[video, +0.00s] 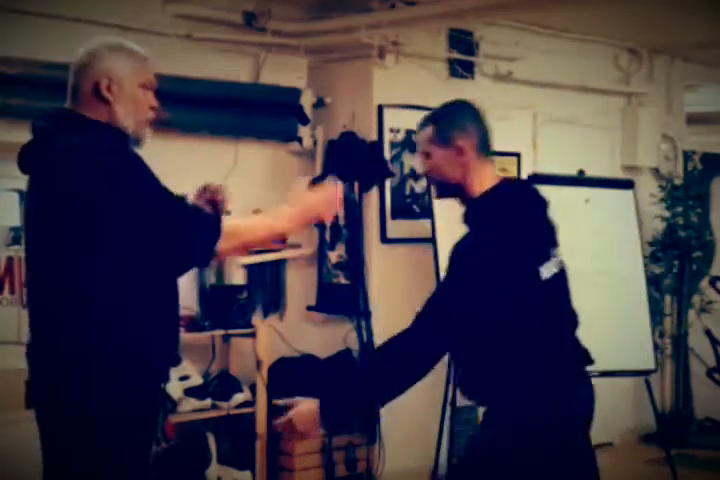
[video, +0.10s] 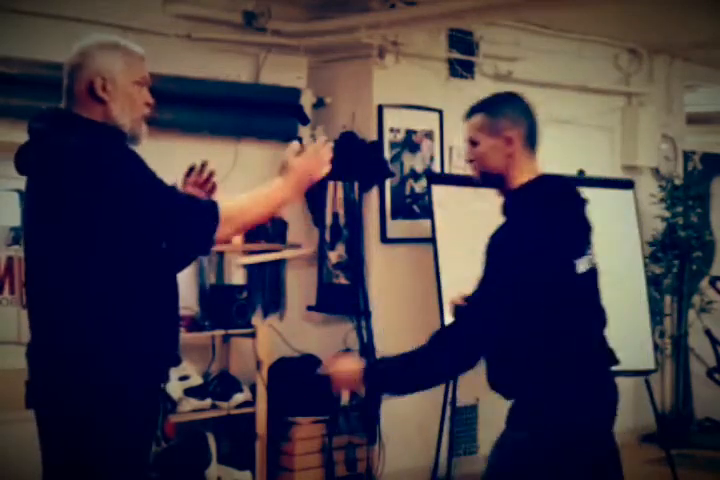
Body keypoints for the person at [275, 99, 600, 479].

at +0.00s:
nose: (422, 169)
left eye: (427, 154)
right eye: (420, 156)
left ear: (462, 148)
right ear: (464, 150)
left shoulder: (490, 235)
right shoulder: (521, 203)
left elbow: (425, 340)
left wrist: (332, 407)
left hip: (525, 408)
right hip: (561, 392)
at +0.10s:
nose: (469, 156)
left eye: (475, 143)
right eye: (469, 145)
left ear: (510, 140)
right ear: (512, 140)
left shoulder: (521, 230)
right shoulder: (562, 202)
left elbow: (465, 343)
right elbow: (550, 302)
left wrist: (370, 375)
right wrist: (486, 308)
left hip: (548, 407)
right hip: (587, 392)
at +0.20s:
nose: (502, 147)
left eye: (509, 134)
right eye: (503, 135)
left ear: (546, 135)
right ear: (545, 136)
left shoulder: (558, 206)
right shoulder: (586, 195)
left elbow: (532, 335)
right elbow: (551, 304)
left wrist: (434, 326)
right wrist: (494, 297)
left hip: (568, 400)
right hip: (603, 390)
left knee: (530, 472)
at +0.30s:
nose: (526, 141)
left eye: (534, 127)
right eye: (525, 130)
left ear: (573, 129)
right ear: (570, 132)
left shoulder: (587, 195)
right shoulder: (605, 190)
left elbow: (556, 316)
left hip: (578, 399)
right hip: (604, 394)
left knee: (536, 472)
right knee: (611, 472)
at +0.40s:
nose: (544, 138)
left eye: (552, 125)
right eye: (543, 128)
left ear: (593, 126)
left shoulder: (626, 183)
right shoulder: (567, 207)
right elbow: (547, 305)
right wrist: (507, 260)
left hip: (609, 380)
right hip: (573, 380)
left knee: (541, 472)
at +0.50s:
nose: (555, 141)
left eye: (564, 128)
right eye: (553, 131)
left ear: (604, 127)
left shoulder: (640, 192)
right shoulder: (564, 212)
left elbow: (629, 300)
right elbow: (545, 311)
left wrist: (567, 255)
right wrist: (506, 263)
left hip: (615, 374)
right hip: (572, 374)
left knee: (555, 471)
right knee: (605, 470)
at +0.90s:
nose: (510, 149)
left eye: (518, 135)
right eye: (509, 139)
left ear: (560, 135)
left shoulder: (596, 211)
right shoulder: (520, 223)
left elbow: (649, 319)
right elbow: (515, 316)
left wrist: (566, 290)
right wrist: (473, 285)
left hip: (579, 390)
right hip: (538, 389)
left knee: (501, 474)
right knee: (592, 471)